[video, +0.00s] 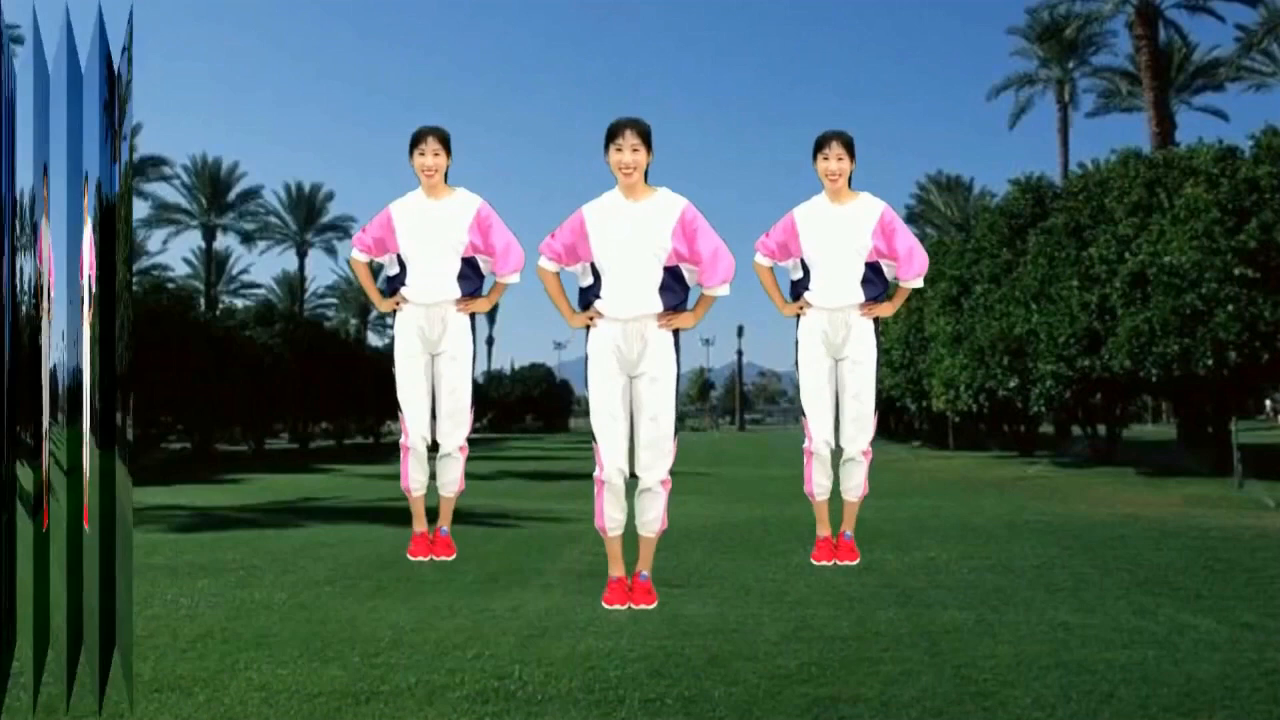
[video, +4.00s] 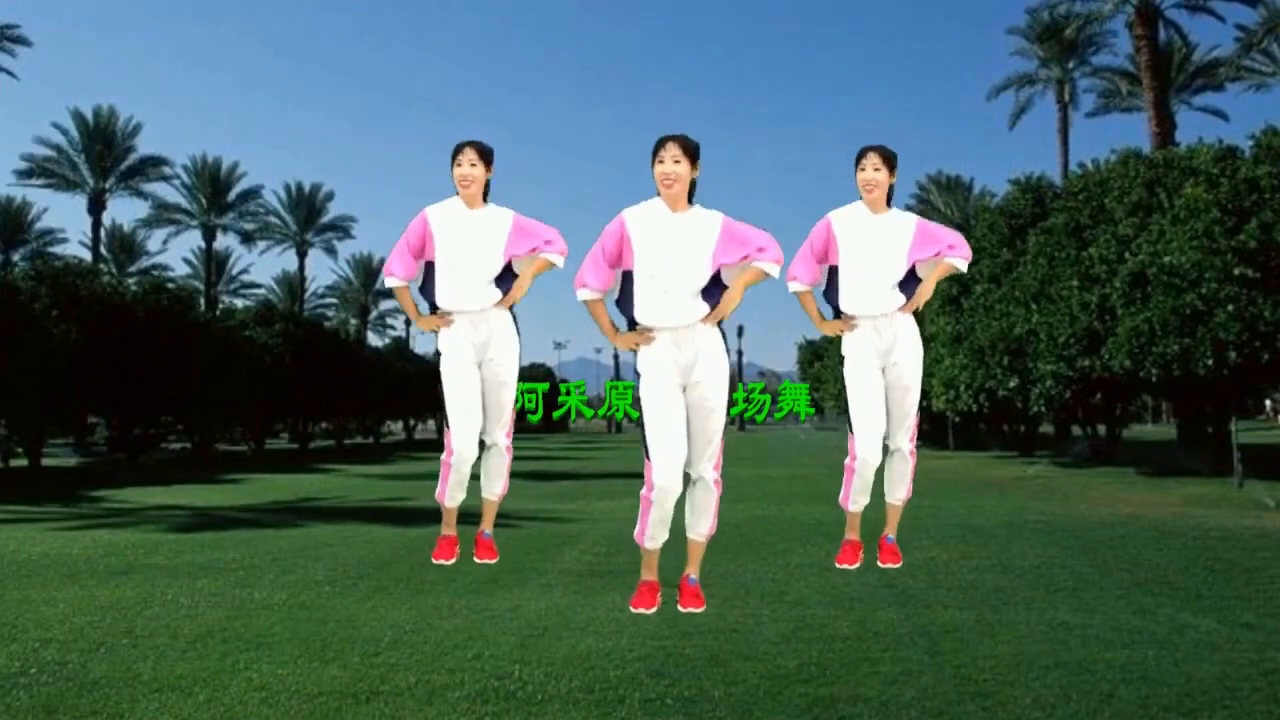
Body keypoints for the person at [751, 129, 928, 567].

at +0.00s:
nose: (833, 165)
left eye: (840, 158)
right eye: (825, 158)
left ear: (852, 164)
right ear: (815, 165)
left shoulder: (874, 210)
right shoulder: (803, 215)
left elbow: (915, 259)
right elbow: (762, 257)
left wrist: (892, 304)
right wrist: (783, 305)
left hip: (859, 325)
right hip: (814, 325)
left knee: (856, 431)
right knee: (819, 431)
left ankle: (847, 533)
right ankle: (823, 533)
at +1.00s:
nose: (840, 163)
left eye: (847, 156)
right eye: (833, 156)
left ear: (855, 162)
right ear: (817, 161)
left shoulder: (876, 198)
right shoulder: (807, 205)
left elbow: (925, 237)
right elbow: (792, 230)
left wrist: (910, 285)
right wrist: (802, 177)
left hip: (880, 312)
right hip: (835, 317)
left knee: (895, 426)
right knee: (831, 429)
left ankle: (917, 508)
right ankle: (820, 534)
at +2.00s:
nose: (860, 165)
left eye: (867, 158)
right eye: (852, 157)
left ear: (877, 165)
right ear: (838, 164)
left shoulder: (899, 202)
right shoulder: (829, 206)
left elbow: (936, 246)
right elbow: (876, 214)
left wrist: (924, 288)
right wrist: (906, 167)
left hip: (901, 309)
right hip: (858, 313)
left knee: (910, 427)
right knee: (854, 432)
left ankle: (920, 521)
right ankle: (835, 533)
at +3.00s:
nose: (878, 182)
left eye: (885, 175)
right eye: (870, 175)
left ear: (895, 183)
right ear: (858, 182)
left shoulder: (905, 230)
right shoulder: (837, 225)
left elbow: (940, 272)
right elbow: (801, 280)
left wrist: (922, 300)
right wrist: (822, 334)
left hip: (904, 335)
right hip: (859, 338)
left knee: (906, 440)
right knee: (875, 447)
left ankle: (890, 536)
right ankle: (854, 536)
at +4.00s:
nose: (869, 176)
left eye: (877, 170)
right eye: (863, 169)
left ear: (891, 178)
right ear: (855, 177)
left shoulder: (909, 223)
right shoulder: (835, 222)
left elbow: (959, 248)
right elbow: (798, 275)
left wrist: (928, 284)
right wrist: (821, 322)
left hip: (901, 331)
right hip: (857, 335)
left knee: (901, 440)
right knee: (866, 443)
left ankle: (889, 536)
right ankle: (852, 537)